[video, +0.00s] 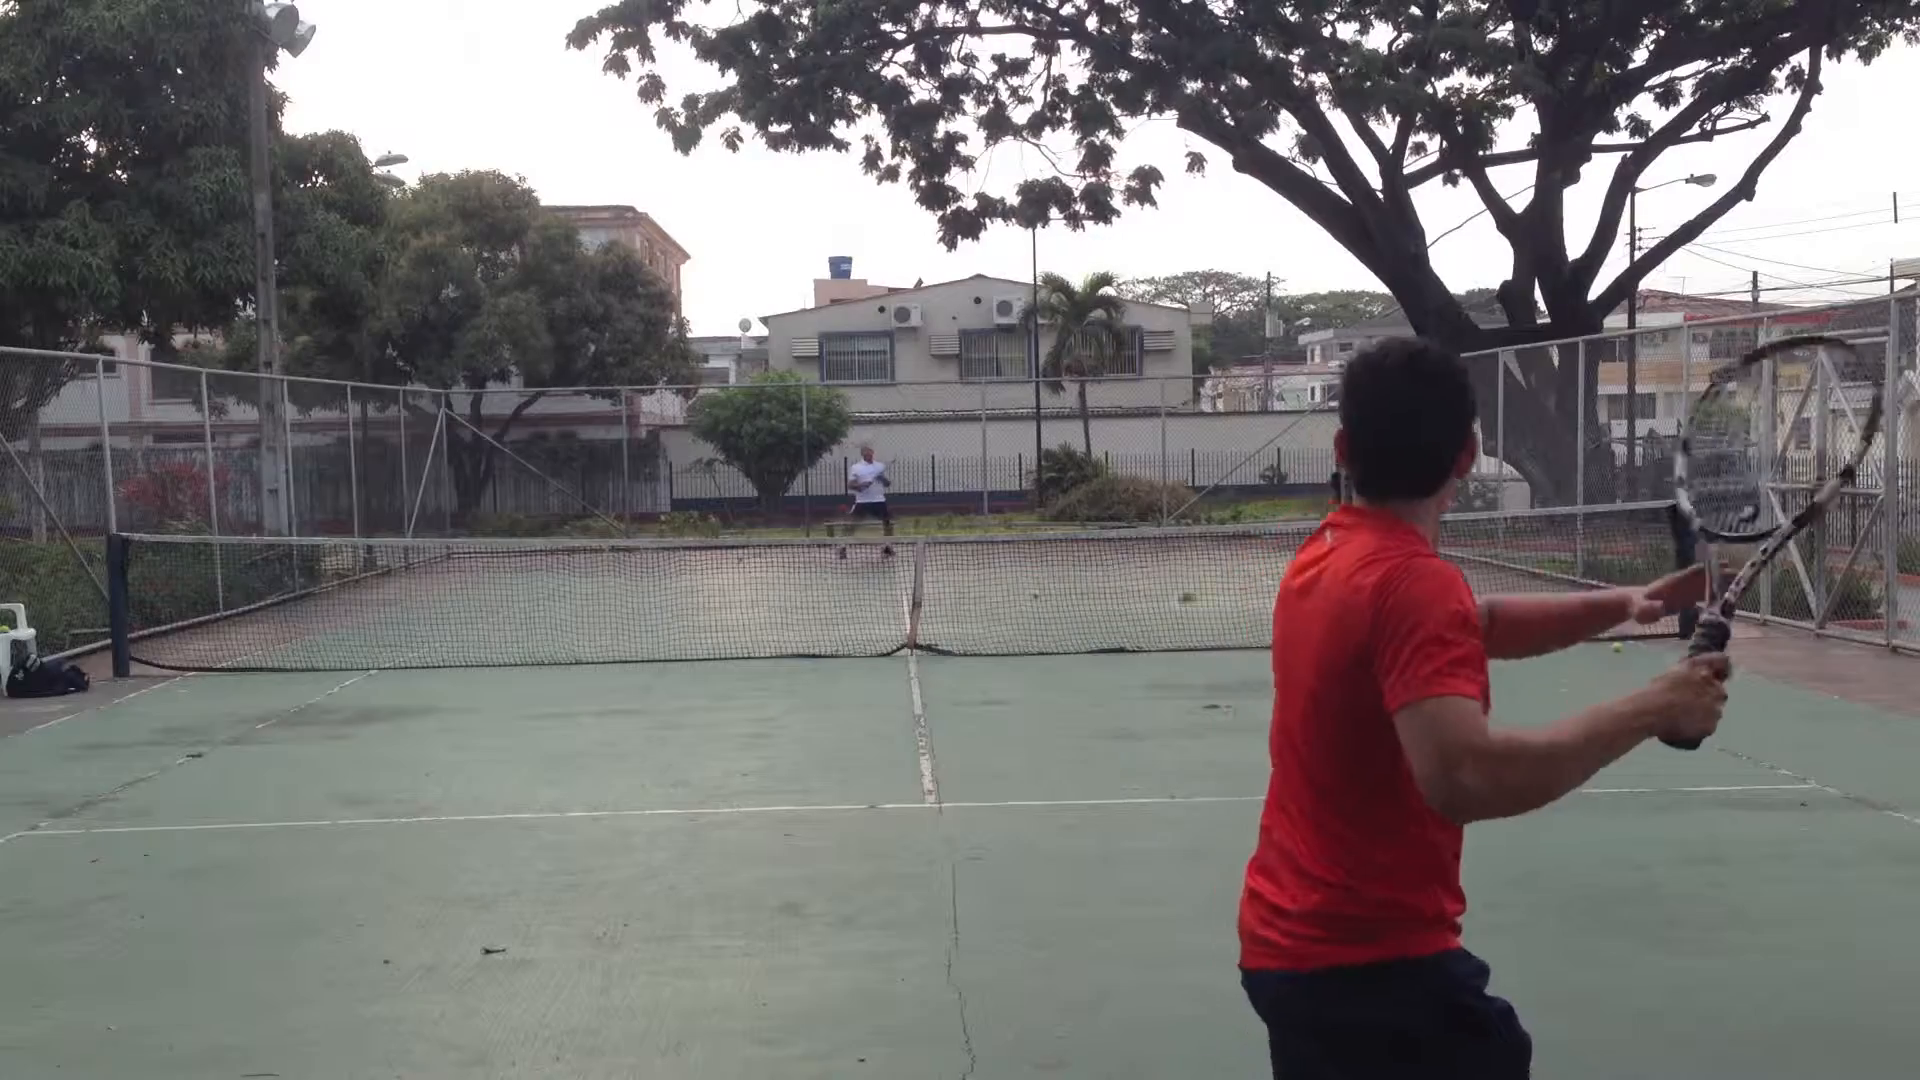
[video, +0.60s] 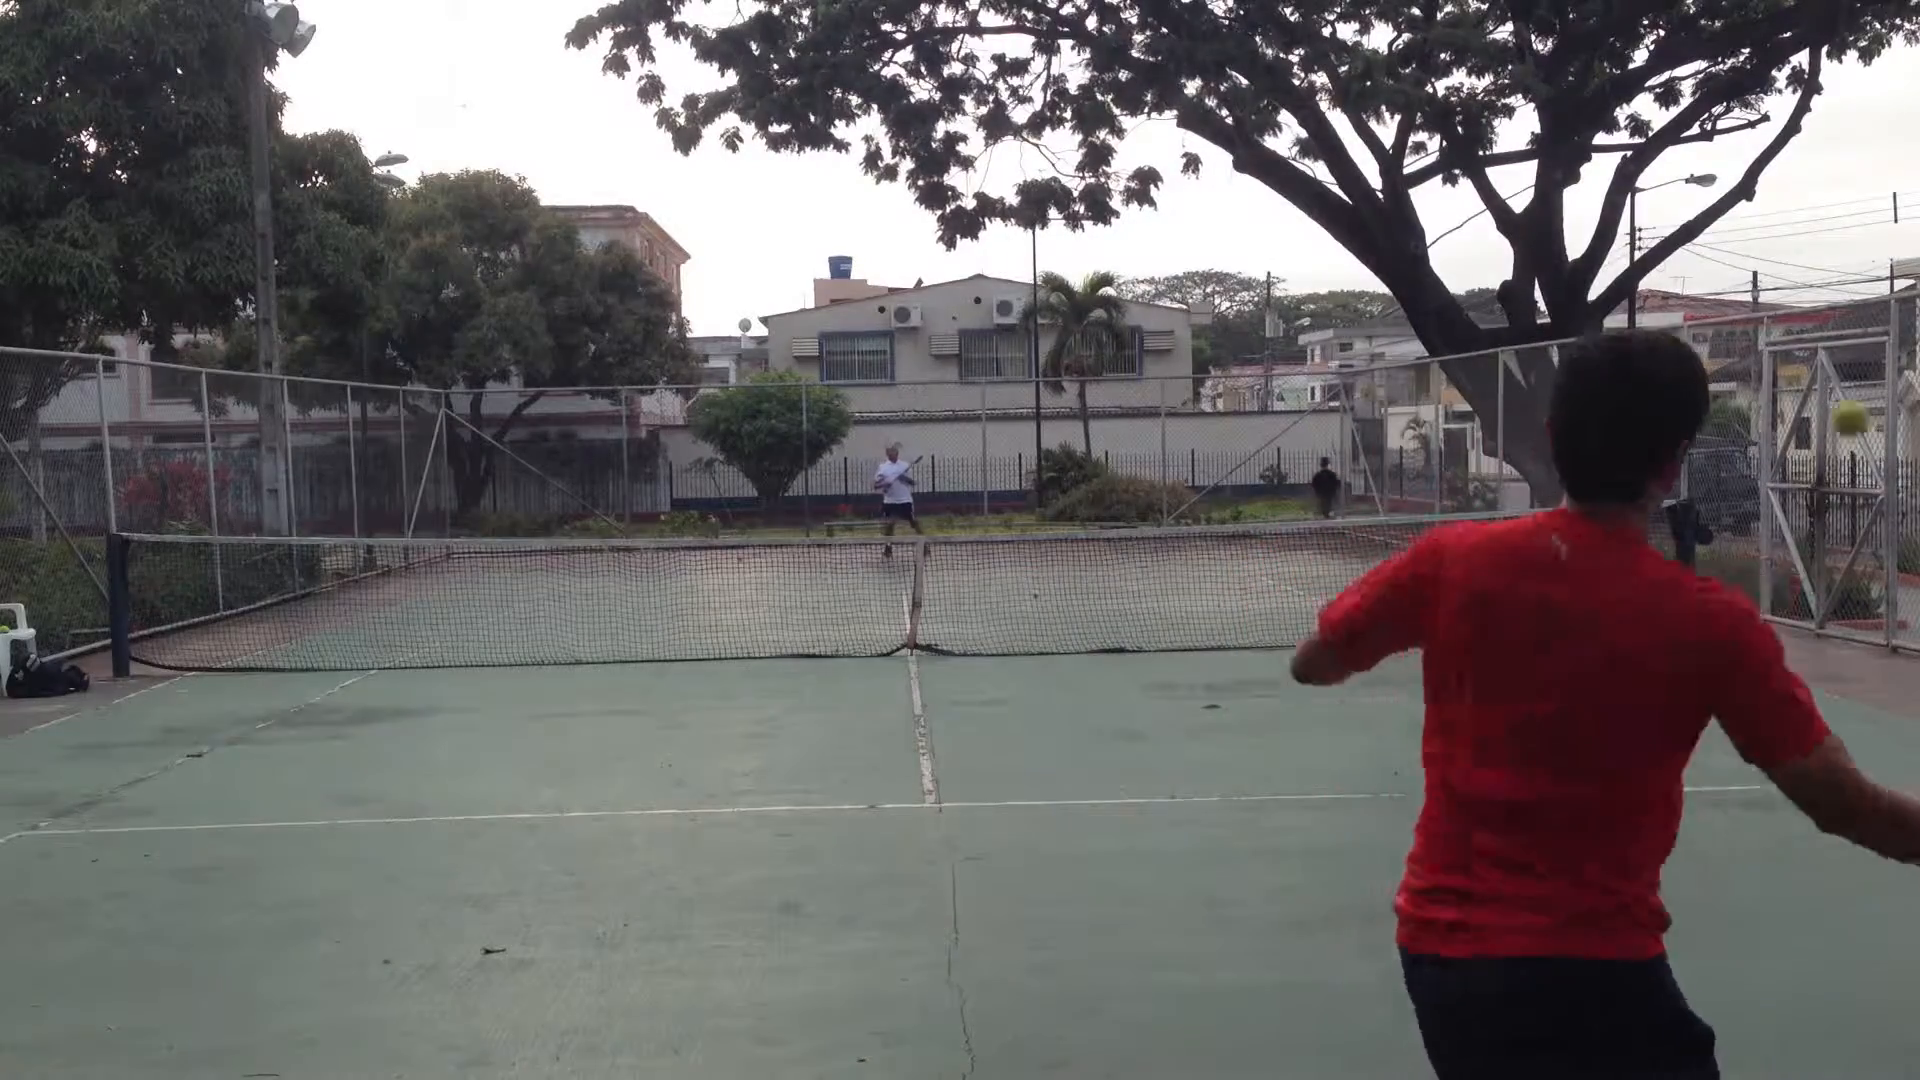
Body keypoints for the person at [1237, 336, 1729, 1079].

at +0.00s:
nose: (1472, 454)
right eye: (1473, 439)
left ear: (1341, 449)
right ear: (1466, 458)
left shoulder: (1321, 559)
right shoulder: (1415, 585)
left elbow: (1473, 624)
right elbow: (1461, 777)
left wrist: (1627, 604)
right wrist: (1650, 709)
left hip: (1293, 945)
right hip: (1377, 962)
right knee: (1497, 1056)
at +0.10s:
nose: (1513, 456)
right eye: (1514, 440)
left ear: (1382, 451)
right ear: (1509, 462)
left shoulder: (1358, 560)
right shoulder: (1454, 589)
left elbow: (1516, 614)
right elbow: (1487, 791)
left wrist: (1665, 592)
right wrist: (1704, 737)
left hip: (1322, 956)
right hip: (1410, 978)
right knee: (1538, 1060)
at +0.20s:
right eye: (1563, 434)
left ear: (1423, 448)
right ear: (1558, 459)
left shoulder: (1393, 552)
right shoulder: (1494, 593)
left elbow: (1534, 606)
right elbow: (1520, 803)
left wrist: (1701, 592)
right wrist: (1764, 787)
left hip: (1347, 957)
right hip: (1438, 980)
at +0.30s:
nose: (1608, 448)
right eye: (1610, 434)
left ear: (1470, 440)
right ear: (1602, 462)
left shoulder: (1422, 549)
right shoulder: (1540, 603)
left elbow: (1542, 598)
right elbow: (1574, 820)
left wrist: (1700, 593)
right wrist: (1829, 851)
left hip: (1365, 958)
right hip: (1463, 982)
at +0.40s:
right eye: (1652, 442)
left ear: (1507, 446)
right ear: (1642, 465)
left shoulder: (1447, 551)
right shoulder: (1595, 615)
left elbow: (1520, 611)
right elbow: (1660, 845)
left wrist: (1639, 598)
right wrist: (1896, 913)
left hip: (1380, 961)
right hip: (1495, 982)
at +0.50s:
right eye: (1677, 450)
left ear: (1535, 449)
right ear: (1667, 474)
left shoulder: (1455, 561)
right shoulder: (1649, 629)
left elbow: (1371, 619)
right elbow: (1760, 858)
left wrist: (1482, 618)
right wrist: (1913, 921)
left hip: (1408, 960)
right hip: (1541, 977)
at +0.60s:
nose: (1683, 458)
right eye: (1685, 442)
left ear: (1556, 439)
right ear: (1670, 462)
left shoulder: (1454, 562)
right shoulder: (1708, 621)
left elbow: (1312, 661)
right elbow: (1844, 801)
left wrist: (1413, 603)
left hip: (1448, 962)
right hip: (1600, 969)